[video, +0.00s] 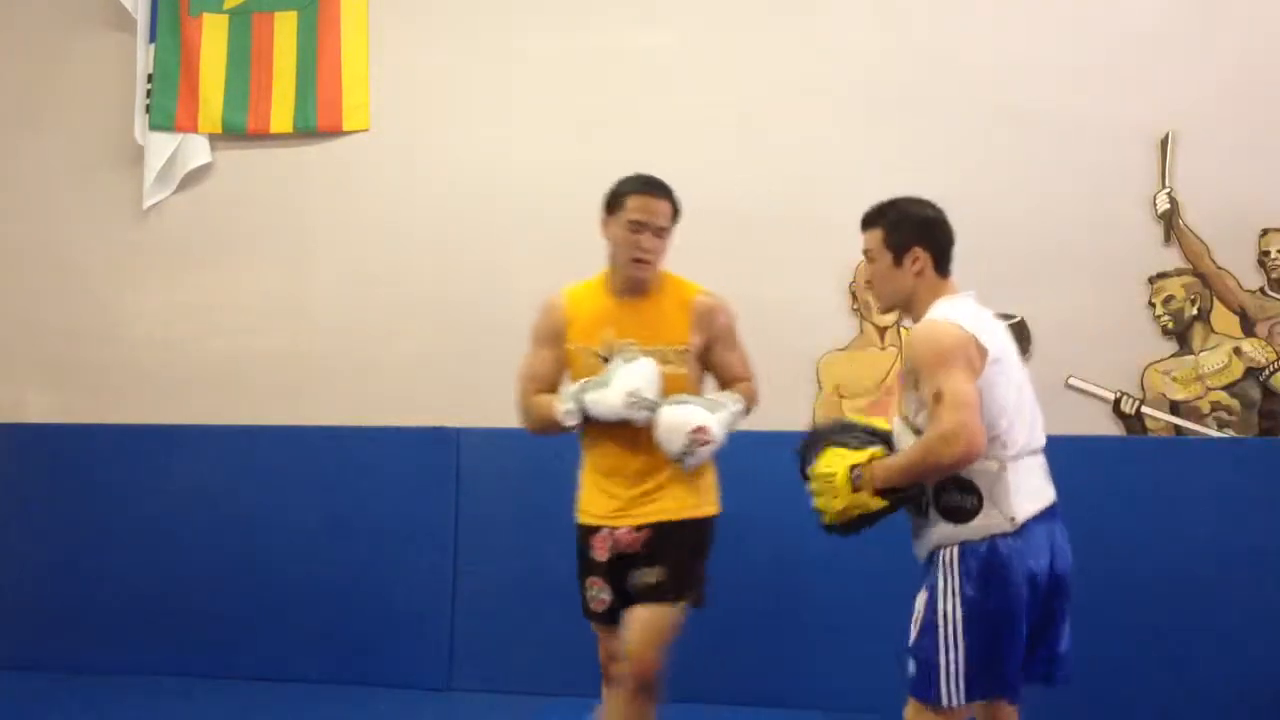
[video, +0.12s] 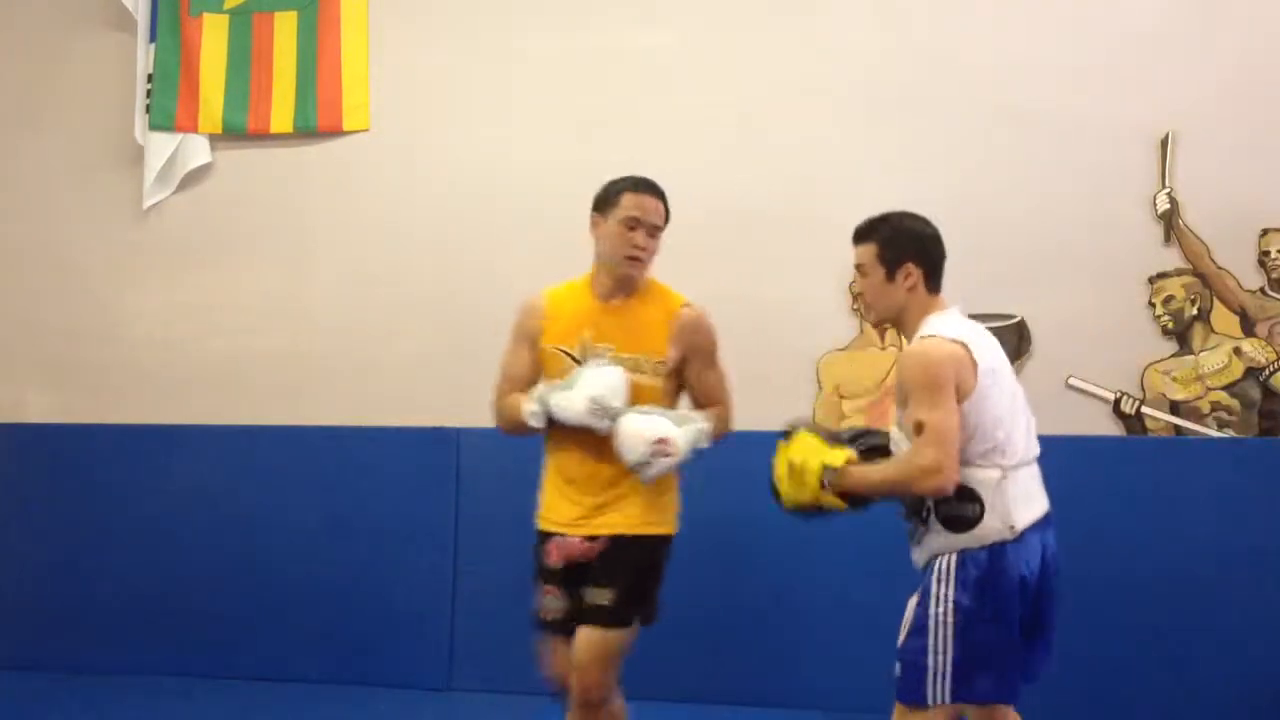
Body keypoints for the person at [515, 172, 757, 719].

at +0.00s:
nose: (647, 242)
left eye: (660, 232)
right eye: (636, 227)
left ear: (671, 238)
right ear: (606, 227)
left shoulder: (703, 312)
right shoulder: (565, 311)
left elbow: (743, 387)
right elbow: (532, 408)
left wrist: (713, 421)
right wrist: (580, 404)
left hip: (679, 505)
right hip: (602, 507)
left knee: (637, 667)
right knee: (616, 669)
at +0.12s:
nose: (643, 240)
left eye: (654, 231)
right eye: (631, 225)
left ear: (662, 240)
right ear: (597, 226)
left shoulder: (684, 324)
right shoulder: (544, 312)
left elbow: (717, 413)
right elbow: (506, 409)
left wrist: (679, 435)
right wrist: (553, 404)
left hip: (636, 517)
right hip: (561, 512)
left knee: (589, 684)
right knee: (564, 673)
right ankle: (614, 710)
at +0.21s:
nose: (642, 233)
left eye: (653, 225)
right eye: (631, 218)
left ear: (659, 235)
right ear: (593, 216)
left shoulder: (672, 322)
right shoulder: (532, 298)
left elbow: (702, 423)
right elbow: (492, 396)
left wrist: (653, 428)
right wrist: (534, 391)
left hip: (619, 521)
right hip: (538, 511)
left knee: (586, 687)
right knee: (506, 672)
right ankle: (568, 712)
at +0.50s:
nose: (609, 224)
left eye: (617, 215)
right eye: (600, 206)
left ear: (615, 225)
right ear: (554, 200)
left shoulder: (620, 311)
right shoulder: (468, 286)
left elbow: (633, 435)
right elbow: (425, 381)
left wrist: (598, 388)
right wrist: (459, 385)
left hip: (568, 523)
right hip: (471, 512)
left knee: (561, 693)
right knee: (416, 690)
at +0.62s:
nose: (575, 230)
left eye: (579, 219)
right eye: (566, 212)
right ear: (516, 207)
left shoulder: (579, 322)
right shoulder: (425, 300)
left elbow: (603, 439)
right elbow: (381, 399)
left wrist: (577, 424)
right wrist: (440, 409)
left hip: (536, 533)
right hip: (436, 528)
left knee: (546, 697)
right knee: (400, 700)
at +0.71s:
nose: (548, 230)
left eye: (552, 218)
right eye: (538, 212)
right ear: (488, 207)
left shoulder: (549, 323)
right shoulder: (399, 303)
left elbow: (560, 416)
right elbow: (344, 407)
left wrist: (563, 433)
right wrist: (439, 415)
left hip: (510, 540)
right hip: (409, 538)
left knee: (536, 702)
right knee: (390, 707)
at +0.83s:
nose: (524, 213)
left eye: (526, 202)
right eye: (513, 197)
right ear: (464, 192)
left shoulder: (504, 305)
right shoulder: (388, 279)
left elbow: (496, 428)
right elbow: (347, 389)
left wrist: (537, 402)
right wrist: (460, 378)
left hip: (472, 516)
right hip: (386, 520)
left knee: (519, 682)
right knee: (373, 691)